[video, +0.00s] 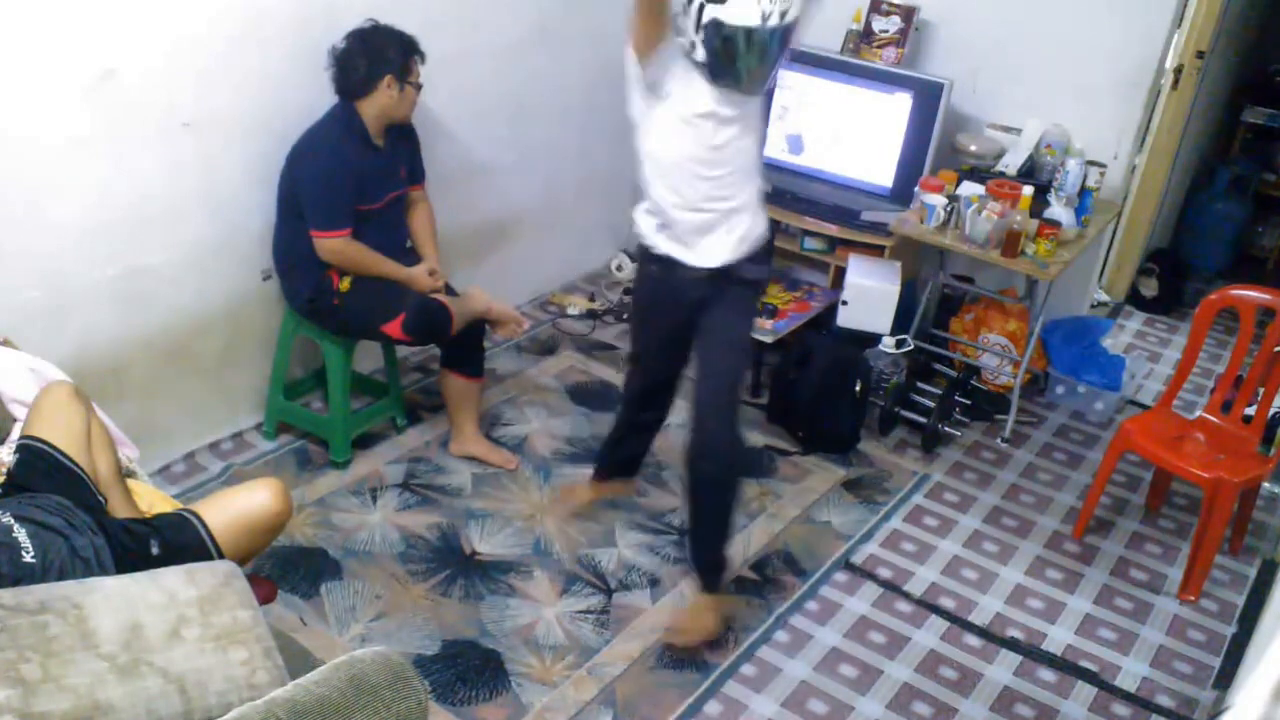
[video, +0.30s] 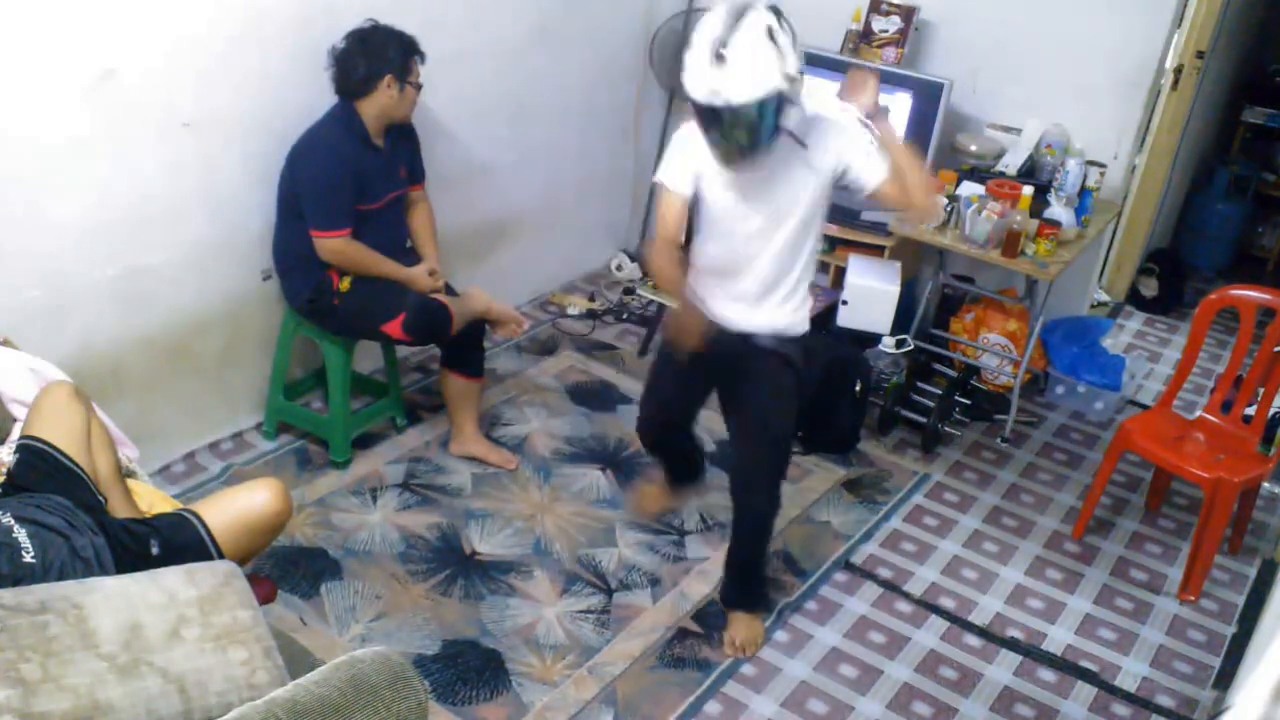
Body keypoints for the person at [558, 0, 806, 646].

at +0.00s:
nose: (744, 53)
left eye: (754, 43)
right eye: (729, 37)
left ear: (764, 43)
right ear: (696, 25)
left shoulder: (755, 69)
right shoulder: (656, 58)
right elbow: (650, 5)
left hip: (735, 266)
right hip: (664, 259)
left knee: (714, 425)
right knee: (647, 386)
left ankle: (710, 586)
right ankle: (613, 474)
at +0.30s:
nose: (727, 131)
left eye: (744, 116)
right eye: (713, 115)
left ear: (783, 95)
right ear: (698, 96)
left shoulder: (826, 131)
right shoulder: (694, 134)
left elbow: (919, 200)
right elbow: (659, 246)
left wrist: (875, 118)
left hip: (773, 333)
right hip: (699, 314)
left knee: (756, 481)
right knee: (656, 422)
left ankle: (744, 600)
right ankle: (685, 473)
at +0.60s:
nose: (720, 82)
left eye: (728, 69)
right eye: (714, 72)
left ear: (764, 76)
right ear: (719, 82)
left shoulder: (796, 135)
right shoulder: (730, 131)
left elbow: (750, 71)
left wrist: (727, 5)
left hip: (765, 334)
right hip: (714, 317)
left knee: (723, 469)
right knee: (653, 445)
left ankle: (741, 584)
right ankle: (619, 582)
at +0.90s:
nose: (668, 34)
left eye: (672, 22)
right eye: (665, 25)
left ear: (698, 15)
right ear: (705, 16)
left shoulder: (740, 56)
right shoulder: (710, 57)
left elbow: (664, 0)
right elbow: (808, 39)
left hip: (725, 266)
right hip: (670, 249)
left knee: (708, 414)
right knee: (591, 364)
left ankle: (727, 555)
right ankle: (562, 494)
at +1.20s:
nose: (621, 59)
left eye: (642, 53)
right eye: (622, 42)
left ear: (680, 65)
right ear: (619, 34)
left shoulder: (683, 133)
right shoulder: (608, 94)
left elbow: (601, 209)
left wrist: (524, 197)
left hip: (642, 295)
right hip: (573, 280)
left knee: (670, 425)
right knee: (560, 398)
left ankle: (710, 544)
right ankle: (567, 494)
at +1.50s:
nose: (647, 85)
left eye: (666, 78)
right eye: (644, 68)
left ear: (683, 71)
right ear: (621, 37)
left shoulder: (669, 111)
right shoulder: (550, 61)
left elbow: (728, 199)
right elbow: (526, 3)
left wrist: (813, 254)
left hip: (611, 286)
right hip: (533, 282)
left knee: (631, 432)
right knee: (526, 428)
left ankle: (627, 565)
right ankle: (528, 544)